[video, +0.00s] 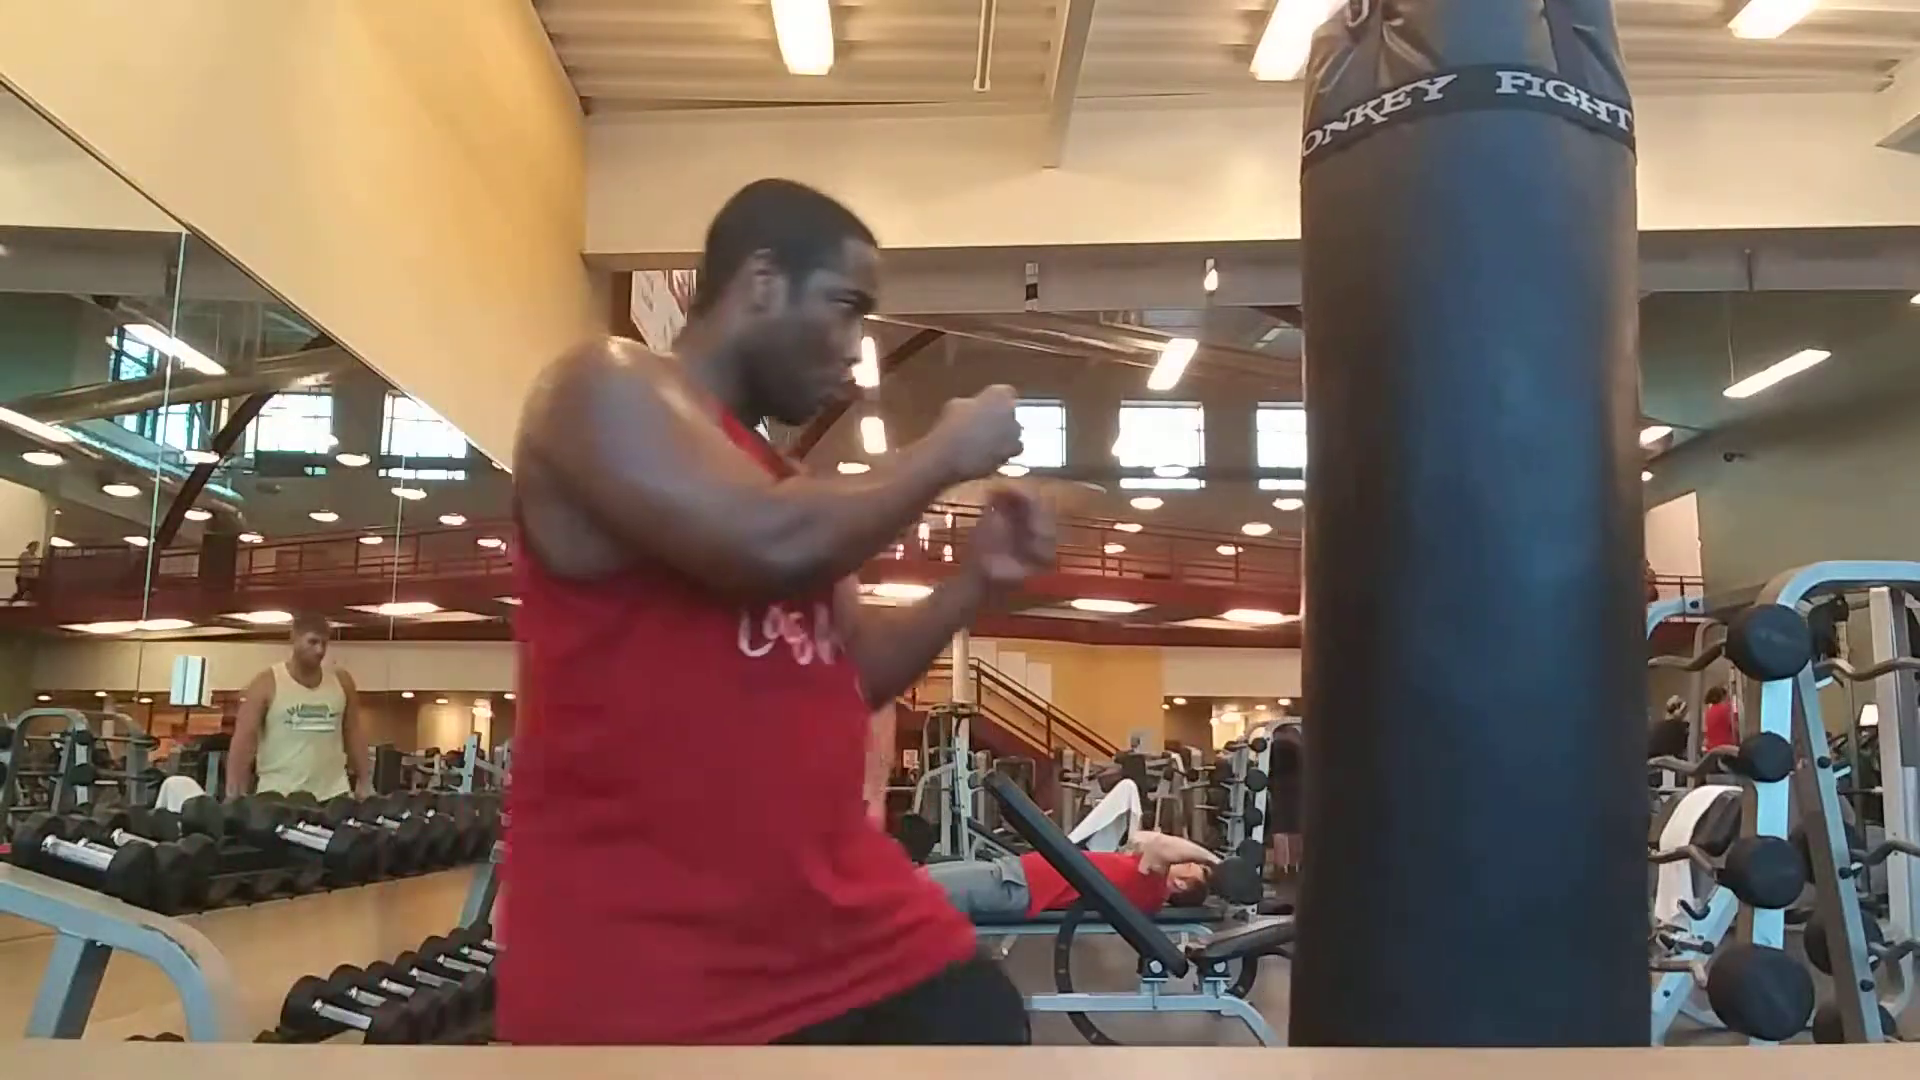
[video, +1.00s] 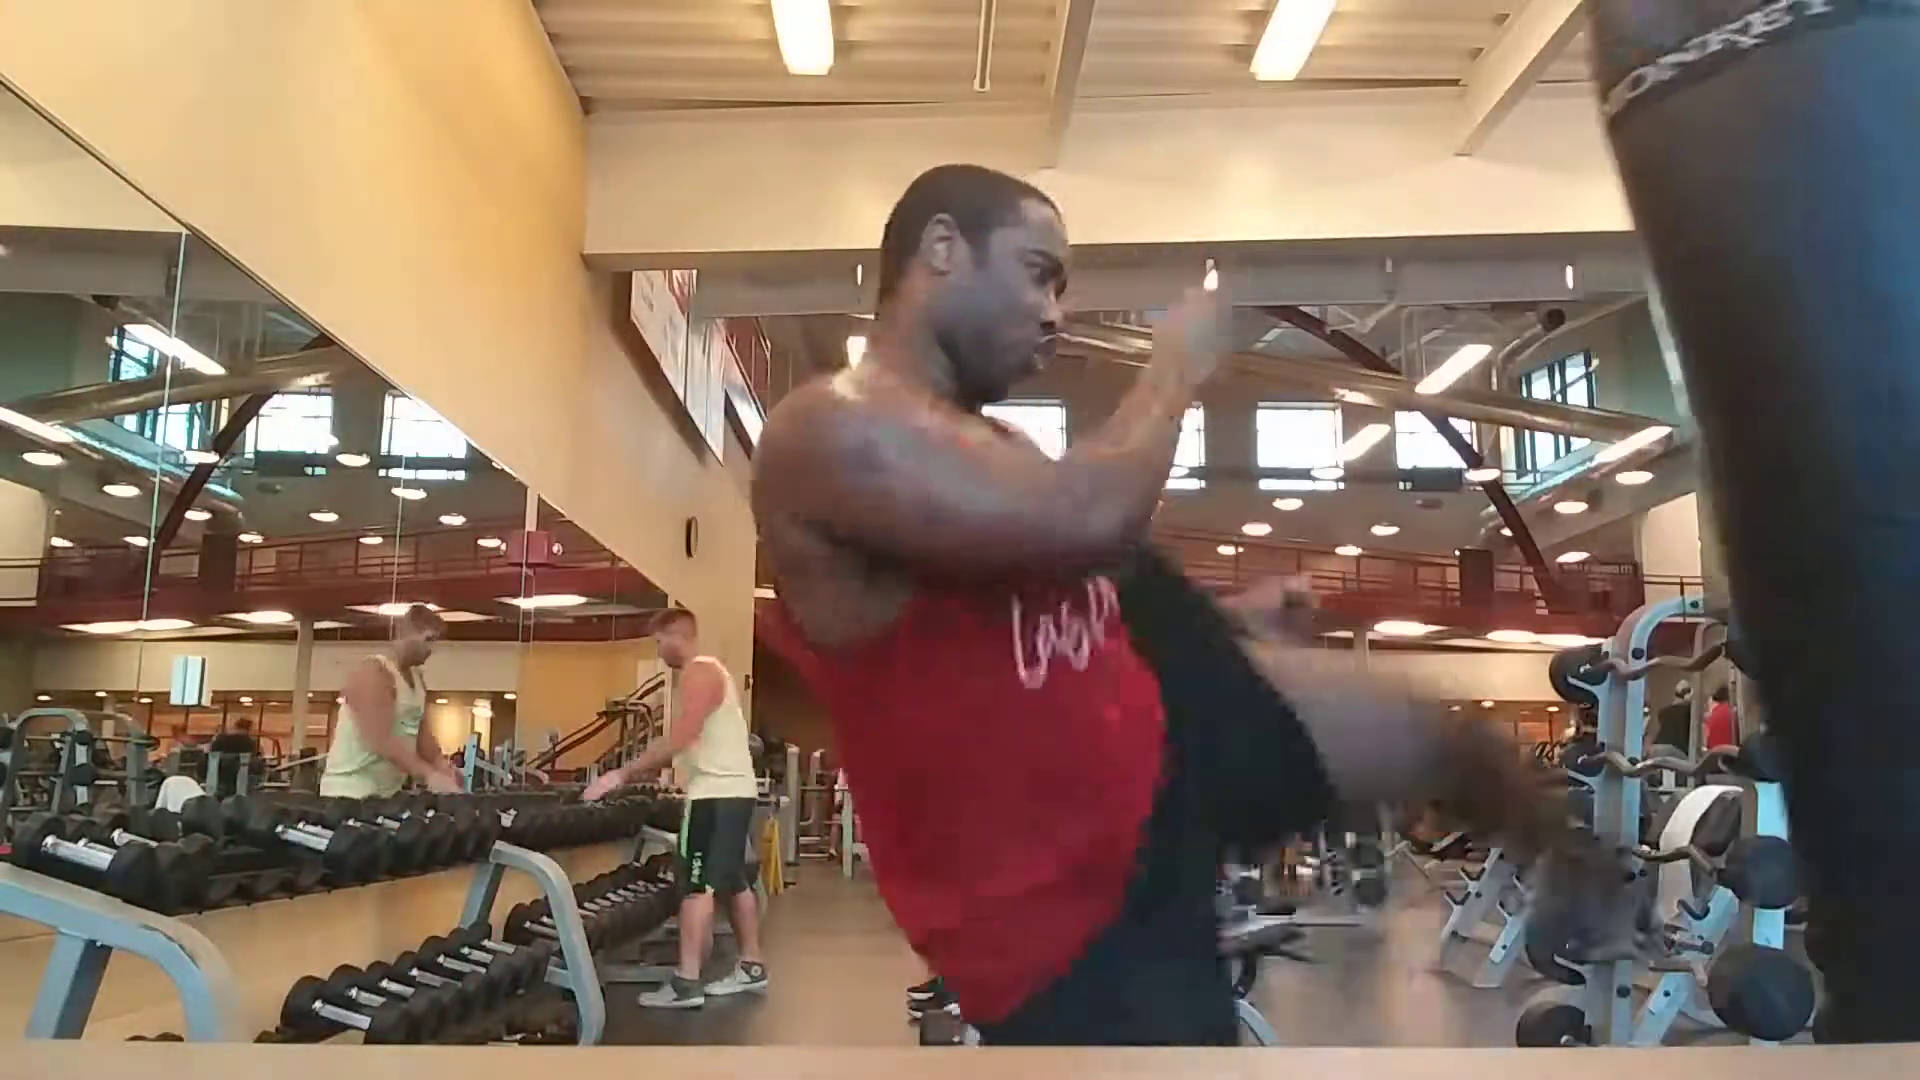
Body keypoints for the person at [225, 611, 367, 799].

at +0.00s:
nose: (320, 650)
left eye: (324, 643)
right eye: (313, 642)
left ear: (328, 643)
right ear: (294, 638)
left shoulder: (341, 682)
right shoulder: (266, 683)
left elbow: (354, 734)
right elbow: (243, 742)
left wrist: (364, 783)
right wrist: (235, 797)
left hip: (333, 795)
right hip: (280, 796)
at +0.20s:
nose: (339, 652)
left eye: (343, 645)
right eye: (332, 643)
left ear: (346, 645)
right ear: (311, 641)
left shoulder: (357, 684)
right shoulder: (280, 686)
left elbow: (368, 741)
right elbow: (262, 745)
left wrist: (375, 789)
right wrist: (264, 797)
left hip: (346, 801)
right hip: (293, 802)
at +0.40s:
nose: (367, 646)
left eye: (370, 640)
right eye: (360, 638)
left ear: (374, 642)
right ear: (339, 636)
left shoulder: (379, 684)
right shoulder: (305, 680)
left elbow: (389, 744)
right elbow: (284, 739)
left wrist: (393, 794)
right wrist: (296, 794)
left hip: (369, 799)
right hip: (318, 800)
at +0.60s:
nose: (386, 642)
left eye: (388, 636)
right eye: (380, 634)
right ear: (358, 633)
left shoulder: (396, 681)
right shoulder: (323, 675)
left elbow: (406, 734)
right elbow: (298, 731)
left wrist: (414, 777)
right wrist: (320, 769)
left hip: (382, 795)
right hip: (332, 796)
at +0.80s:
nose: (409, 645)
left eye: (412, 638)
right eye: (404, 636)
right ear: (380, 632)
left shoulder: (406, 681)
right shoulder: (346, 673)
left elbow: (413, 735)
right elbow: (329, 731)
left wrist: (427, 763)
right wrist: (365, 761)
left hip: (388, 796)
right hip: (345, 795)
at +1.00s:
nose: (431, 649)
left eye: (433, 641)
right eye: (428, 639)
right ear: (406, 632)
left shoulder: (415, 678)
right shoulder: (372, 672)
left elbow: (421, 736)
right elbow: (378, 740)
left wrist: (442, 767)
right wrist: (429, 775)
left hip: (389, 791)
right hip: (351, 792)